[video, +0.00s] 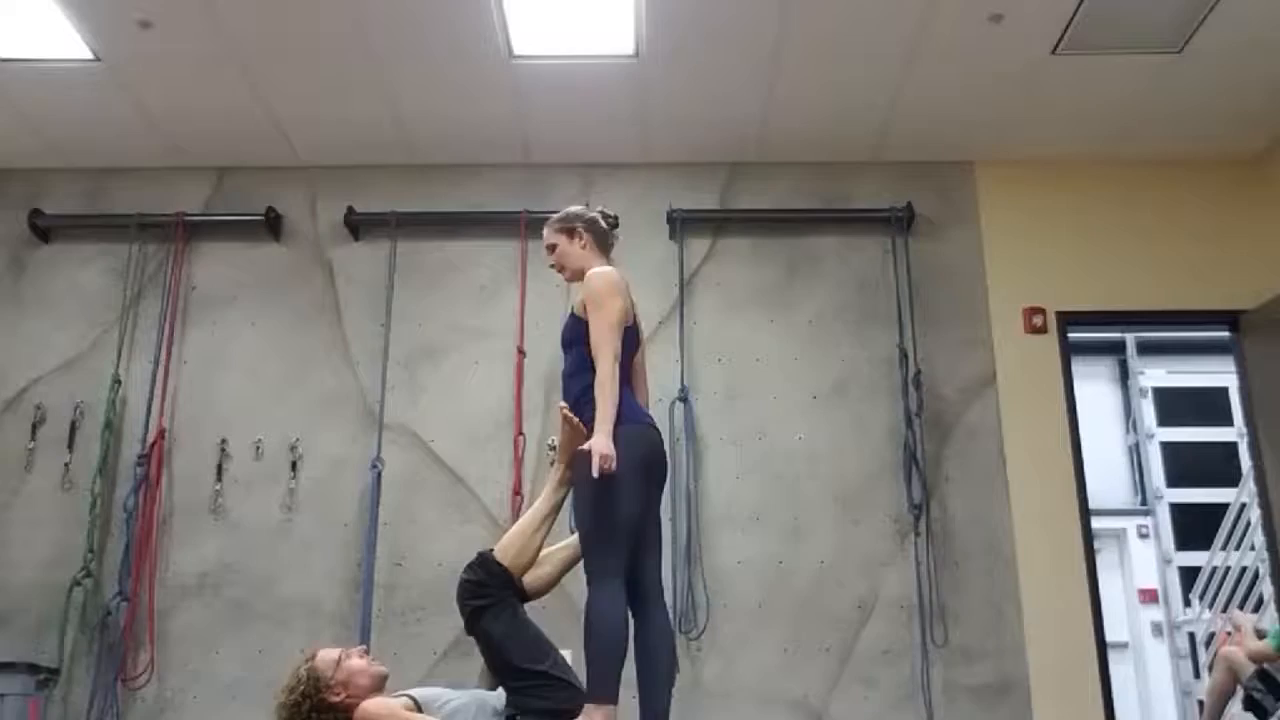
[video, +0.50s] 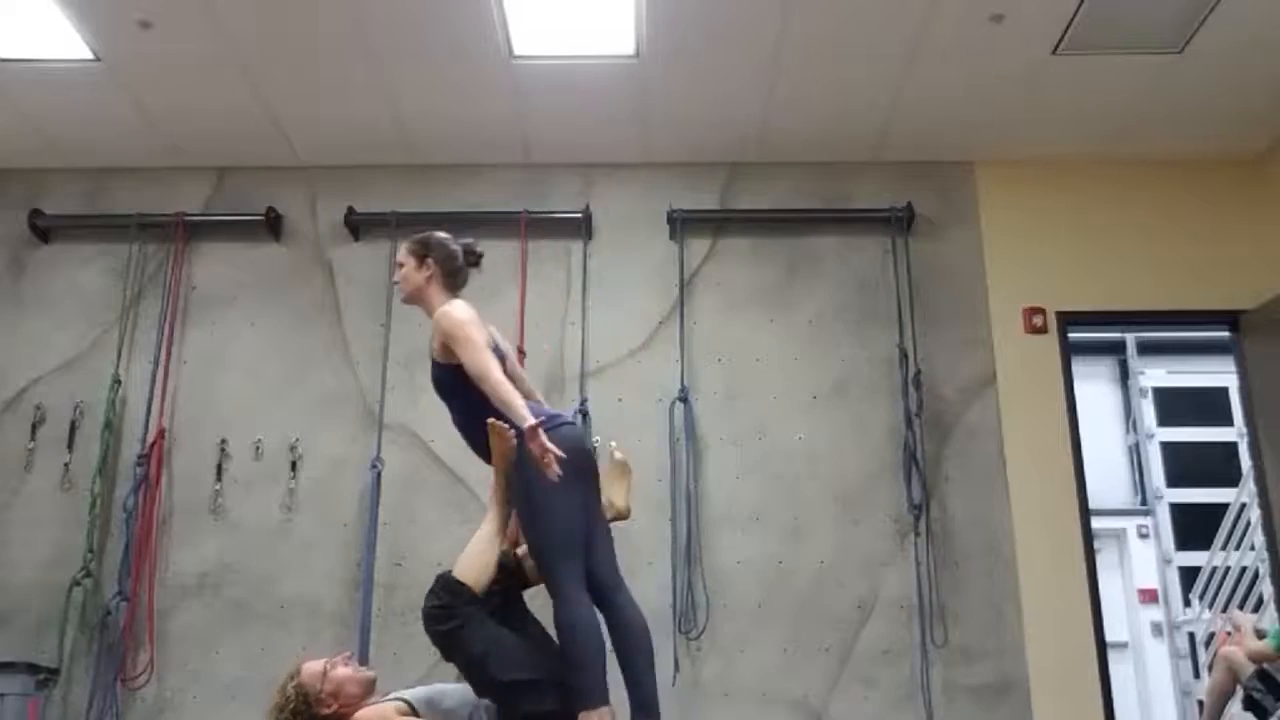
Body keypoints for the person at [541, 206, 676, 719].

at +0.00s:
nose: (550, 260)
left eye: (553, 249)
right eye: (547, 251)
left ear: (579, 239)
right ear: (586, 241)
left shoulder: (598, 278)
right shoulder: (619, 287)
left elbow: (607, 363)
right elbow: (638, 379)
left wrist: (603, 432)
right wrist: (642, 437)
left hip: (610, 442)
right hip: (640, 442)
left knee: (604, 583)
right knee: (647, 590)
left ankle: (599, 706)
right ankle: (657, 713)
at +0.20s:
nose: (510, 249)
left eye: (515, 238)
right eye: (510, 240)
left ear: (542, 238)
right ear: (545, 239)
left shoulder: (561, 284)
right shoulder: (559, 290)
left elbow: (583, 358)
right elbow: (575, 368)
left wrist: (606, 425)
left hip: (591, 439)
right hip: (610, 435)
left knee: (601, 582)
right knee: (636, 587)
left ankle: (597, 709)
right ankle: (654, 713)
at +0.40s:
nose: (437, 262)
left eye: (444, 253)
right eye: (439, 254)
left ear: (471, 257)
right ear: (476, 257)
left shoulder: (491, 301)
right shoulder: (501, 305)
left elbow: (529, 365)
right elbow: (544, 371)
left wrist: (565, 421)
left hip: (561, 445)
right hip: (584, 438)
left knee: (584, 585)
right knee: (620, 584)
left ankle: (595, 709)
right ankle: (650, 712)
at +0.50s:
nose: (395, 276)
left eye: (401, 266)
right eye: (397, 267)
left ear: (427, 269)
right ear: (433, 271)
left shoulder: (451, 316)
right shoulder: (468, 318)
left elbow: (491, 378)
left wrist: (530, 426)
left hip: (536, 449)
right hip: (563, 441)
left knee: (568, 591)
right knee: (610, 588)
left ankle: (592, 710)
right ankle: (649, 711)